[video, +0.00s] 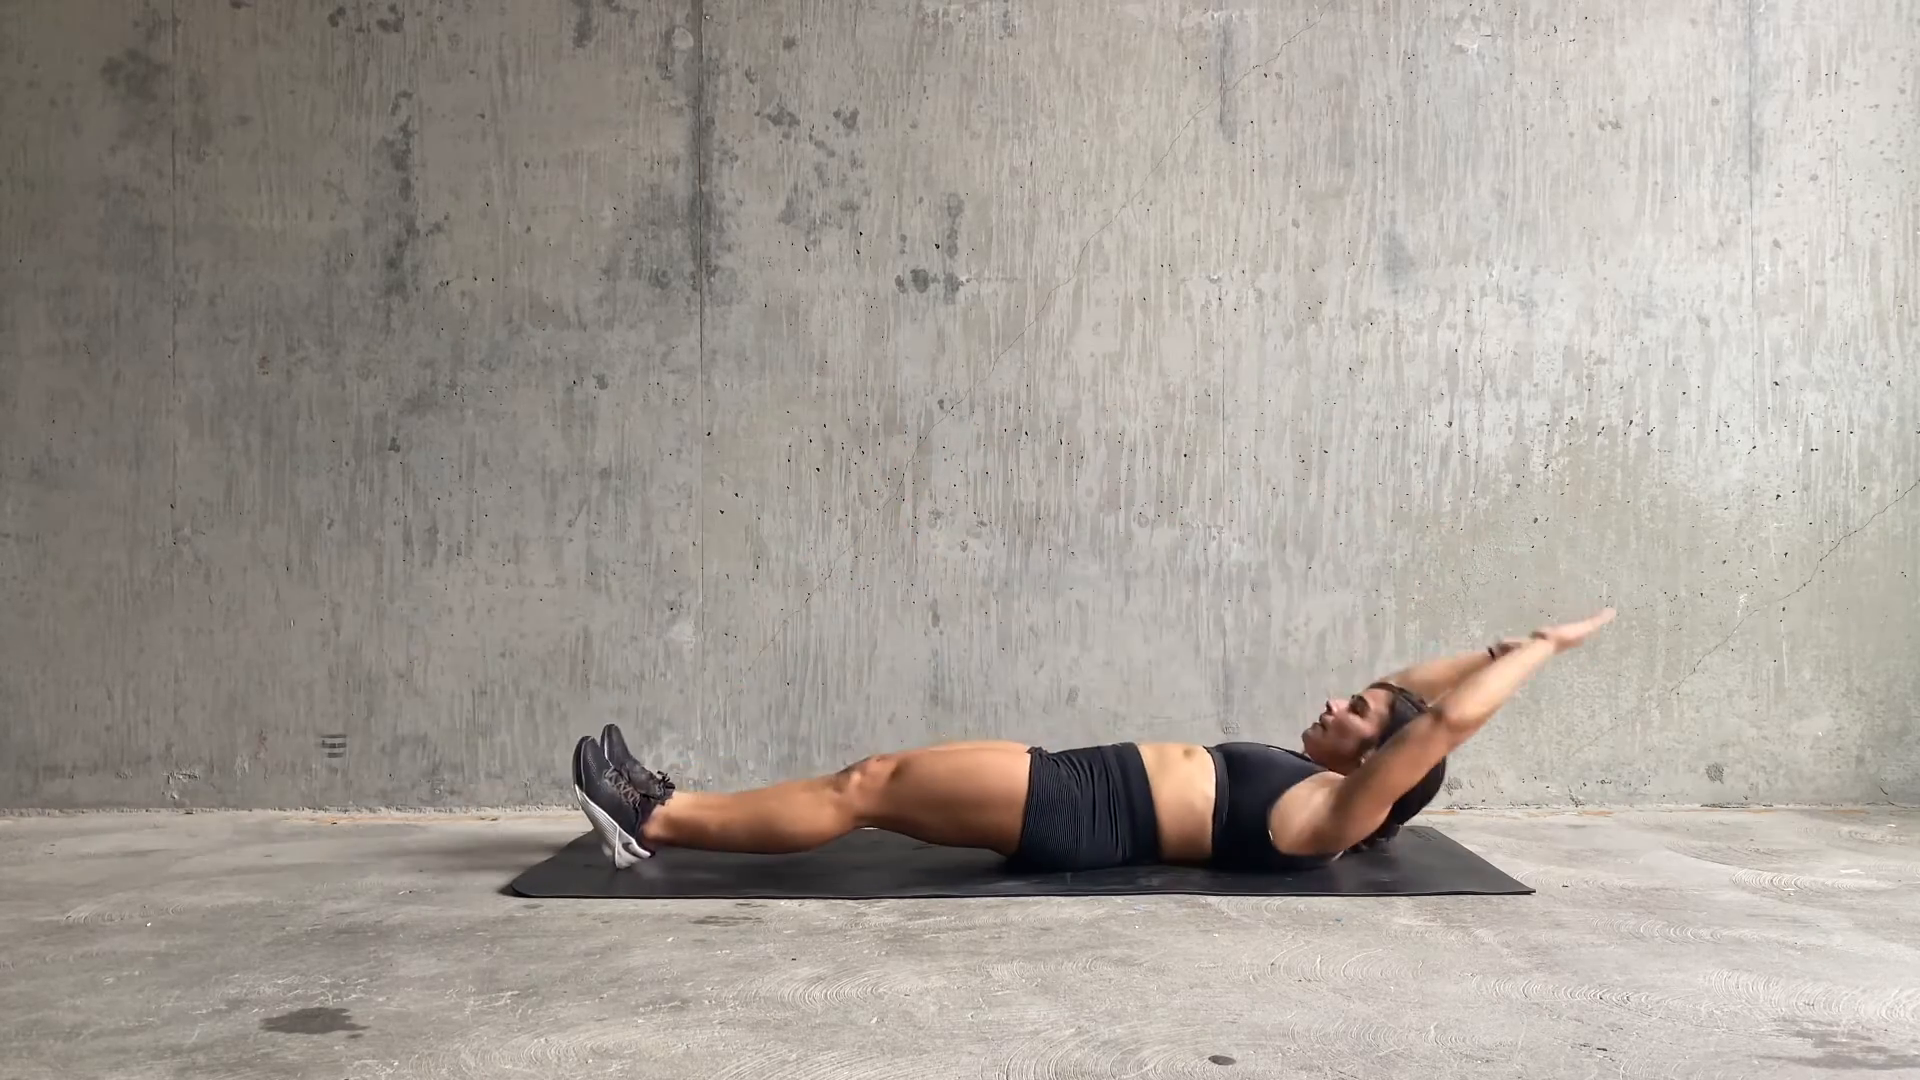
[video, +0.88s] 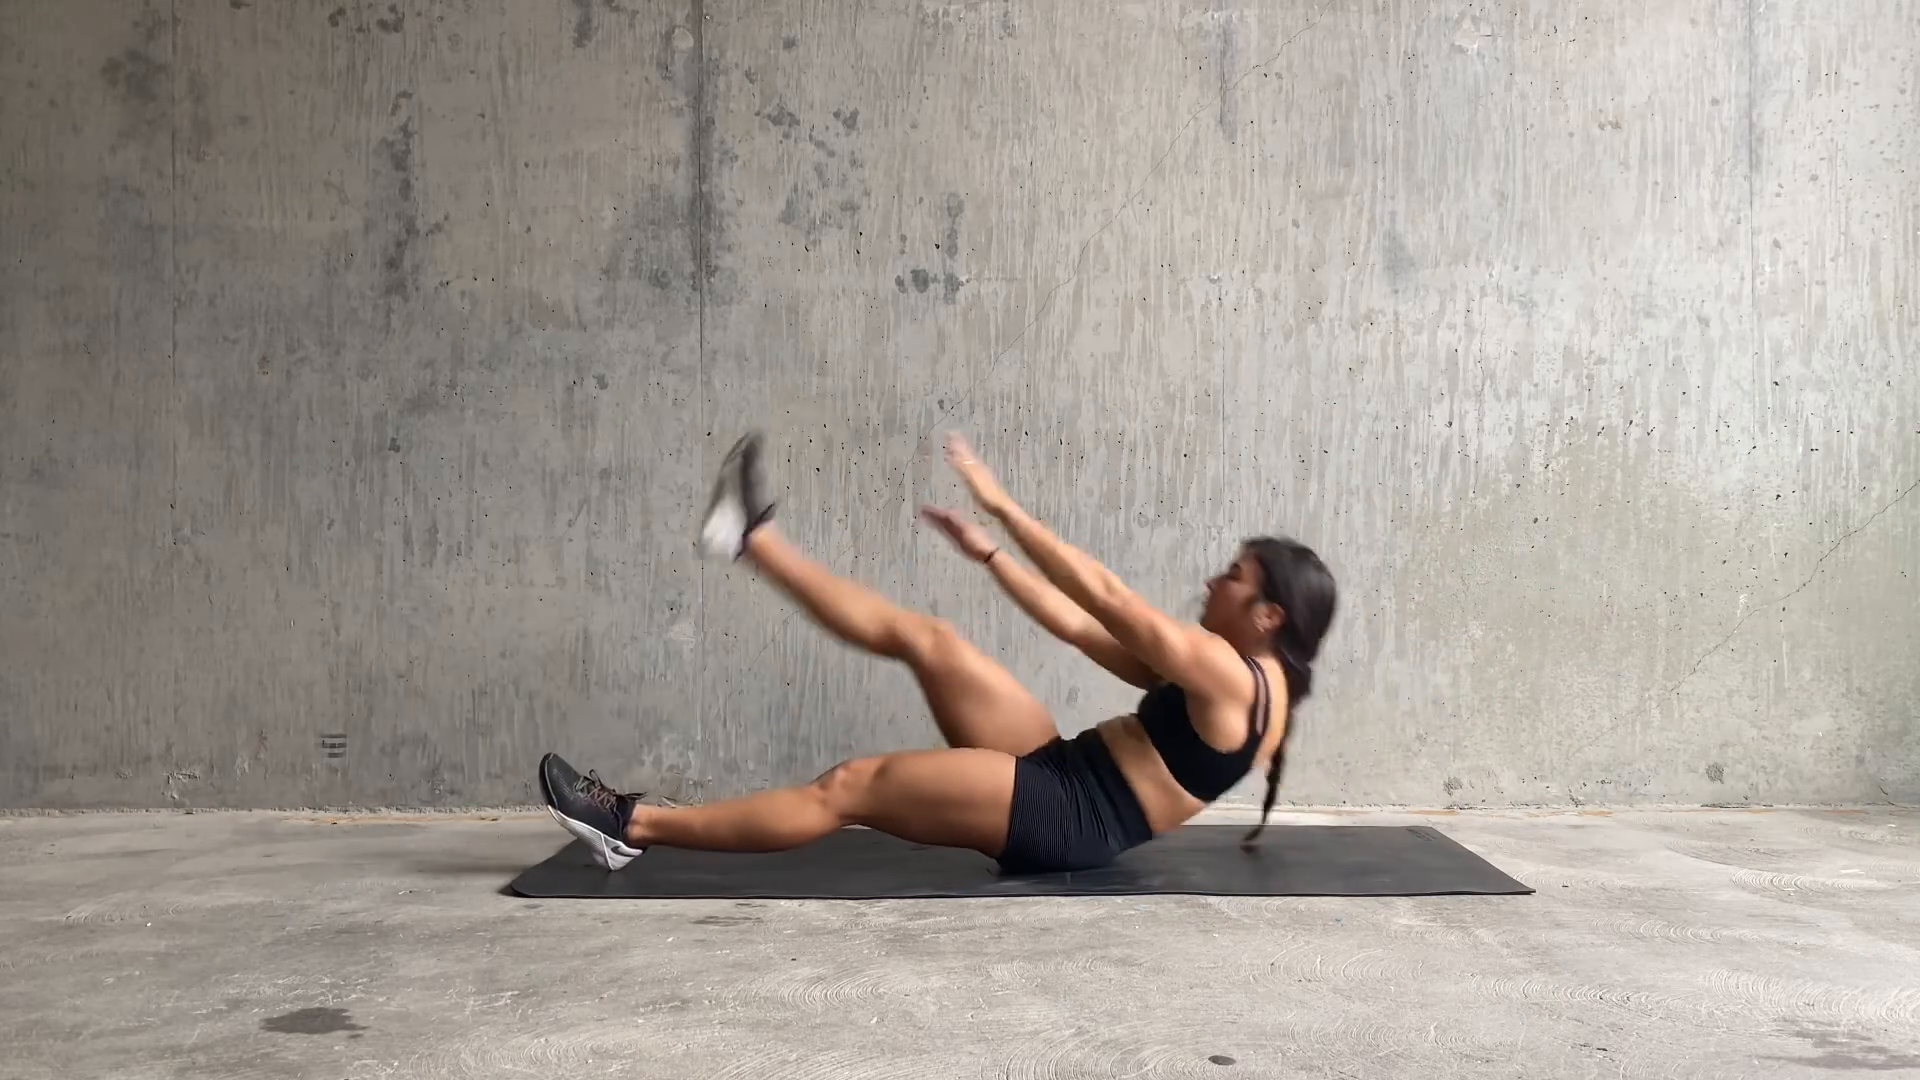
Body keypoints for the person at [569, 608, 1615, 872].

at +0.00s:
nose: (1344, 707)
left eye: (1366, 711)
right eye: (1359, 699)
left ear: (1380, 757)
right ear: (1352, 727)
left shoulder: (1325, 818)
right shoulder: (1313, 781)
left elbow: (1441, 727)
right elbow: (1422, 707)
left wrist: (1541, 650)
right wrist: (1512, 646)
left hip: (1088, 806)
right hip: (1091, 784)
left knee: (872, 786)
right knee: (875, 781)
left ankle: (662, 822)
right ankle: (671, 820)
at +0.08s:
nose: (1337, 710)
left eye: (1359, 713)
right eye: (1345, 694)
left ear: (1385, 747)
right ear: (1333, 701)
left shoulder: (1324, 815)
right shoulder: (1310, 782)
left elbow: (1421, 701)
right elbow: (1384, 667)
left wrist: (1490, 605)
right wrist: (1466, 604)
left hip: (1089, 804)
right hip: (1091, 780)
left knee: (872, 784)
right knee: (875, 772)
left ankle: (655, 821)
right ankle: (668, 814)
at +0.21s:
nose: (1320, 702)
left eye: (1340, 707)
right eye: (1332, 694)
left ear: (1368, 755)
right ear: (1346, 734)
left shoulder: (1325, 798)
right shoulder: (1299, 766)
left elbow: (1277, 649)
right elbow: (1238, 657)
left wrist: (1261, 537)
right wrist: (1242, 542)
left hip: (1090, 808)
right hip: (1086, 781)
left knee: (875, 784)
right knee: (872, 755)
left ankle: (654, 837)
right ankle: (669, 786)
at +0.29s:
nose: (1284, 677)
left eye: (1302, 675)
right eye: (1296, 665)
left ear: (1337, 712)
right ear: (1335, 712)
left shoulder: (1284, 755)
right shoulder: (1286, 753)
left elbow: (1164, 654)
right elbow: (1163, 658)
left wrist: (1083, 549)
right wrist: (1091, 557)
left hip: (1076, 810)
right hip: (1075, 783)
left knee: (869, 795)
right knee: (883, 721)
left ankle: (650, 828)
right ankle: (679, 715)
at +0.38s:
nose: (1238, 631)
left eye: (1255, 626)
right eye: (1247, 620)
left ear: (1293, 656)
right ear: (1292, 656)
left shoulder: (1249, 711)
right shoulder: (1259, 716)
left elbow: (1132, 653)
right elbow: (1114, 671)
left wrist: (1013, 554)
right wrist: (1007, 608)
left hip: (1067, 811)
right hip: (1066, 774)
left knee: (854, 784)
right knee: (905, 674)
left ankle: (641, 823)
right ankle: (705, 607)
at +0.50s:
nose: (1175, 567)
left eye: (1193, 562)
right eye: (1190, 556)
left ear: (1229, 594)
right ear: (1237, 598)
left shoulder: (1189, 654)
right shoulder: (1226, 660)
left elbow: (1053, 581)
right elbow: (1073, 645)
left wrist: (956, 498)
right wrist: (995, 619)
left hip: (1059, 812)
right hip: (1058, 768)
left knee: (843, 772)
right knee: (952, 613)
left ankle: (627, 823)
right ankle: (814, 473)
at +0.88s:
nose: (1214, 582)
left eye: (1231, 577)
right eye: (1225, 569)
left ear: (1268, 613)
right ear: (1266, 614)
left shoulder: (1231, 676)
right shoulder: (1217, 667)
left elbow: (1109, 606)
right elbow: (1085, 629)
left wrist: (1006, 504)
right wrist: (986, 552)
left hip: (1067, 811)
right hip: (1063, 768)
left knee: (850, 789)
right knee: (919, 636)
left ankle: (634, 825)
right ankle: (755, 539)